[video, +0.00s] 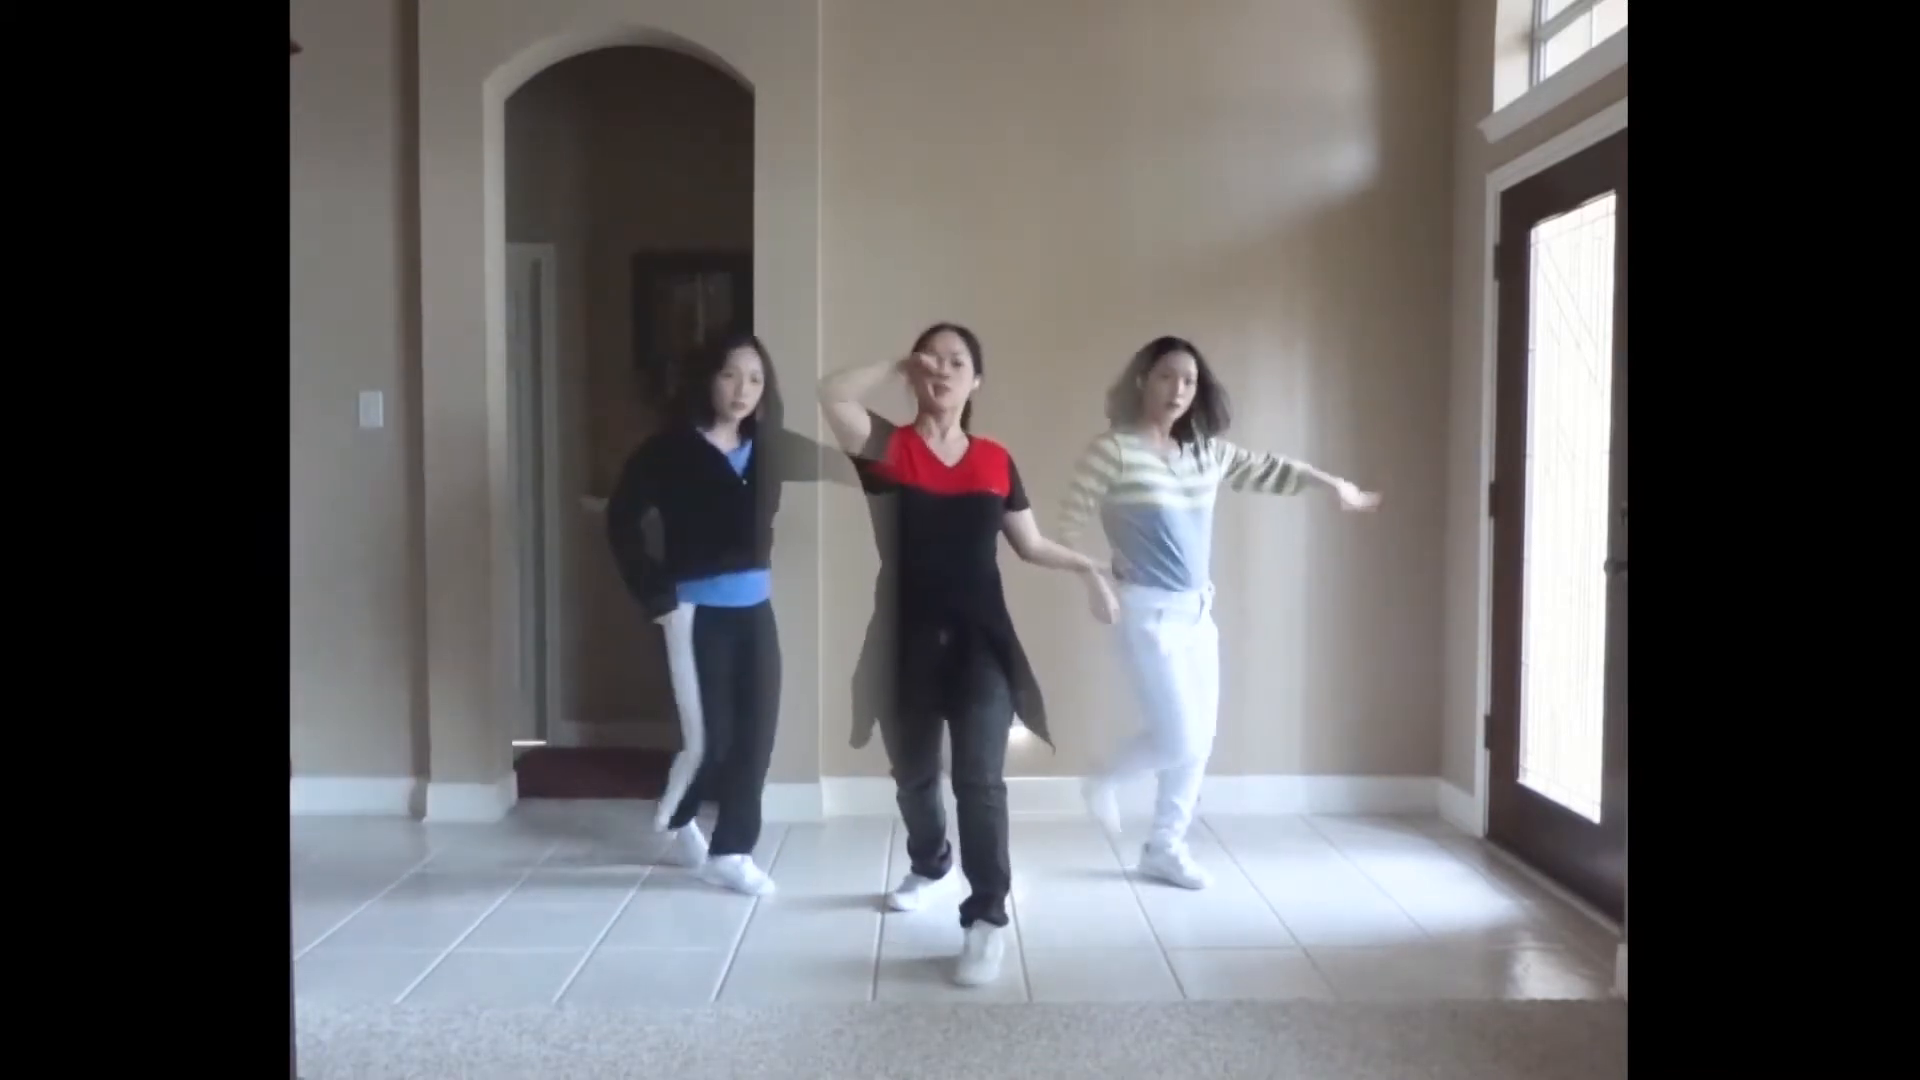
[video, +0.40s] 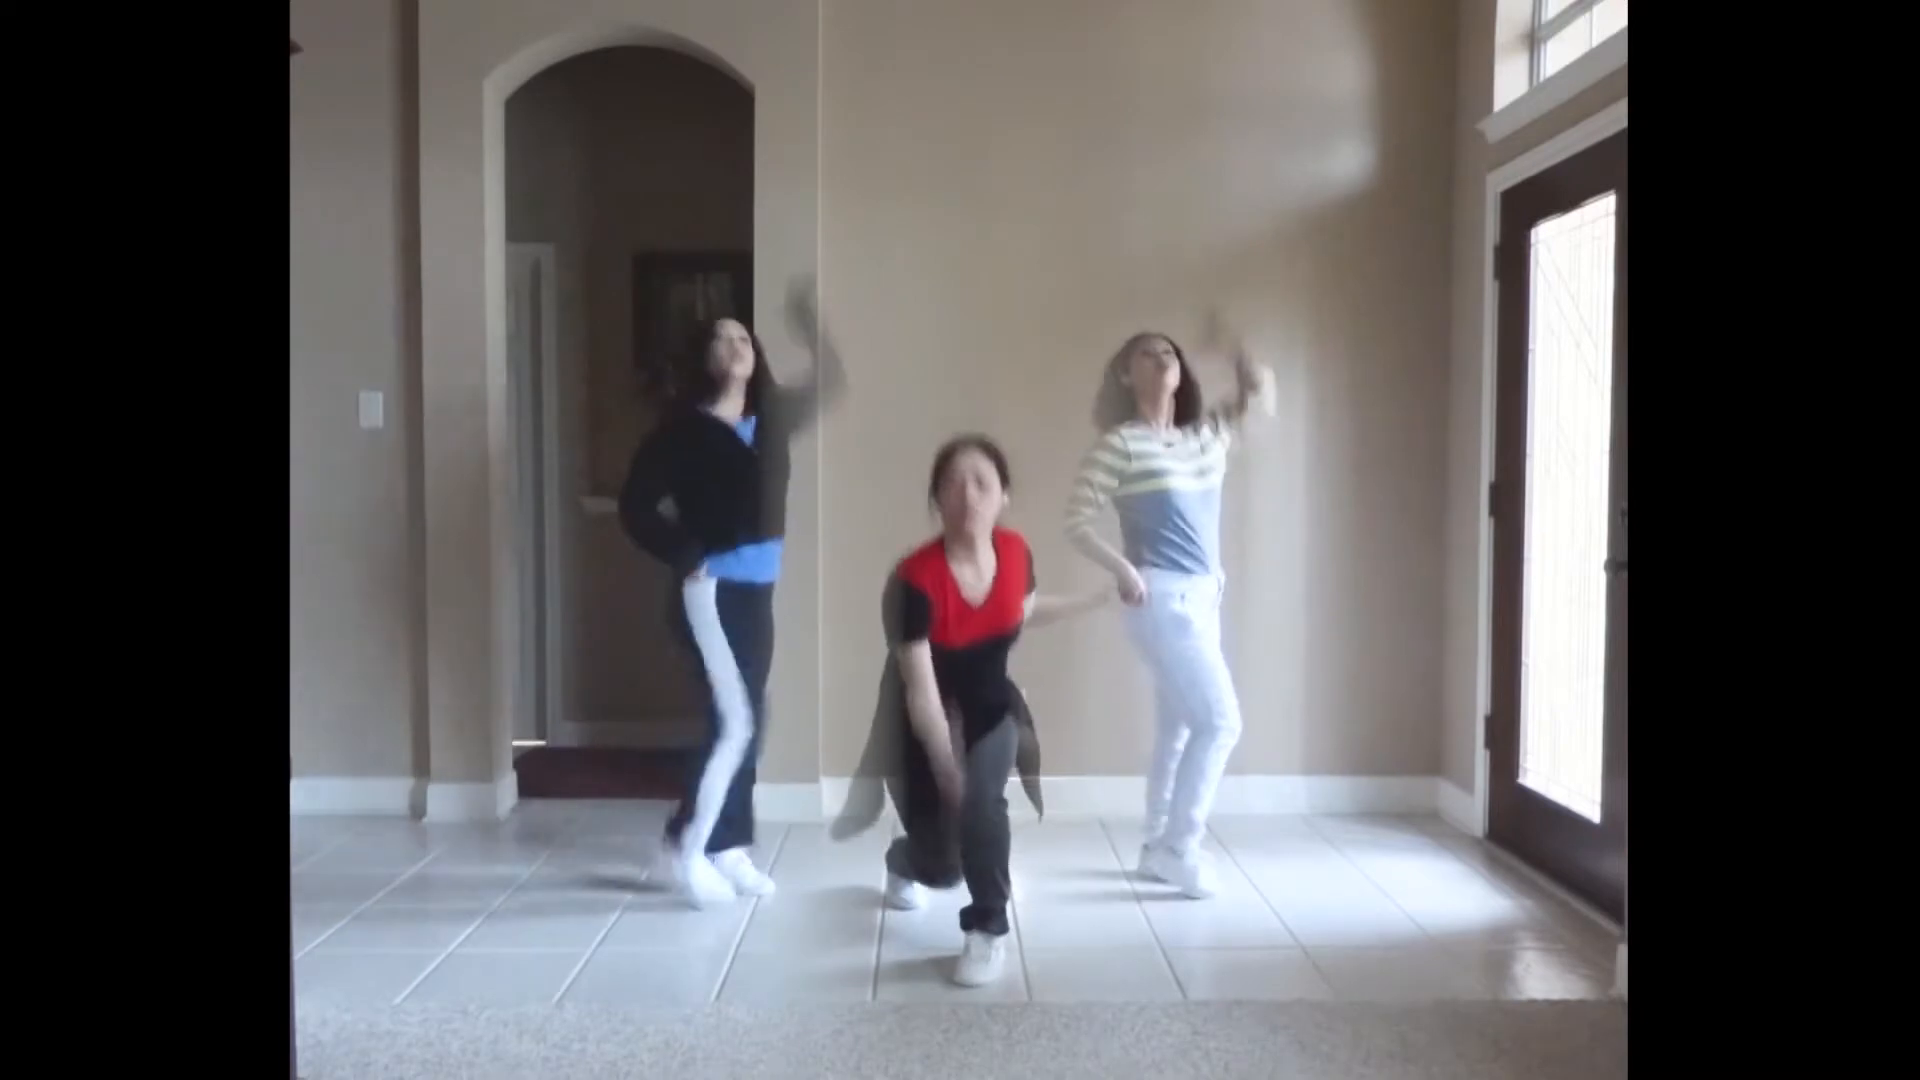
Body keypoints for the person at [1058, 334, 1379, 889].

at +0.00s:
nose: (1178, 389)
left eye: (1189, 381)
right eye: (1167, 377)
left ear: (1196, 392)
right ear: (1142, 380)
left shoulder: (1208, 453)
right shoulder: (1113, 449)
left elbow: (1269, 469)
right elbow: (1071, 518)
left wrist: (1336, 485)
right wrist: (1093, 579)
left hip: (1196, 613)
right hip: (1144, 612)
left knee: (1195, 741)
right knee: (1174, 738)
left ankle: (1166, 846)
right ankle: (1105, 780)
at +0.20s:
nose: (1174, 404)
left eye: (1184, 398)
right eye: (1164, 392)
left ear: (1191, 409)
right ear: (1138, 393)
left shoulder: (1191, 469)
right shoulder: (1110, 454)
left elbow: (1216, 515)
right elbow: (1074, 526)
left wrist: (1251, 495)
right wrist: (1113, 584)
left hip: (1206, 614)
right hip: (1156, 617)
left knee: (1199, 735)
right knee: (1238, 724)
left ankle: (1165, 848)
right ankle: (1131, 735)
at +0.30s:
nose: (1169, 389)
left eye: (1180, 383)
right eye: (1159, 377)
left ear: (1187, 396)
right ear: (1134, 381)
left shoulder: (1193, 456)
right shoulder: (1112, 446)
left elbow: (1243, 502)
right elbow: (1074, 521)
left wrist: (1239, 447)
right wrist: (1118, 576)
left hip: (1204, 602)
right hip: (1160, 604)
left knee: (1180, 726)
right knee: (1235, 718)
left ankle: (1165, 842)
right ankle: (1142, 802)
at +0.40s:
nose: (1162, 361)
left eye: (1170, 355)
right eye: (1149, 354)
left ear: (1182, 376)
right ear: (1124, 375)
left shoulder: (1208, 436)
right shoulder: (1118, 443)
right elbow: (1077, 523)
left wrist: (1249, 368)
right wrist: (1119, 567)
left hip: (1204, 596)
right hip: (1160, 596)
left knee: (1175, 727)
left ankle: (1160, 846)